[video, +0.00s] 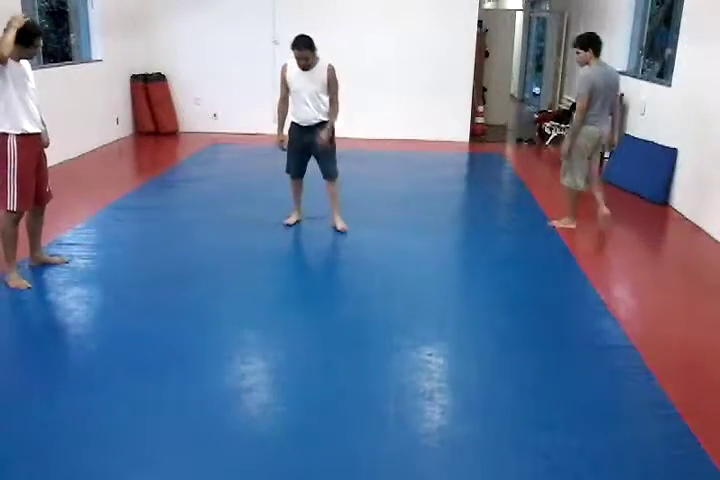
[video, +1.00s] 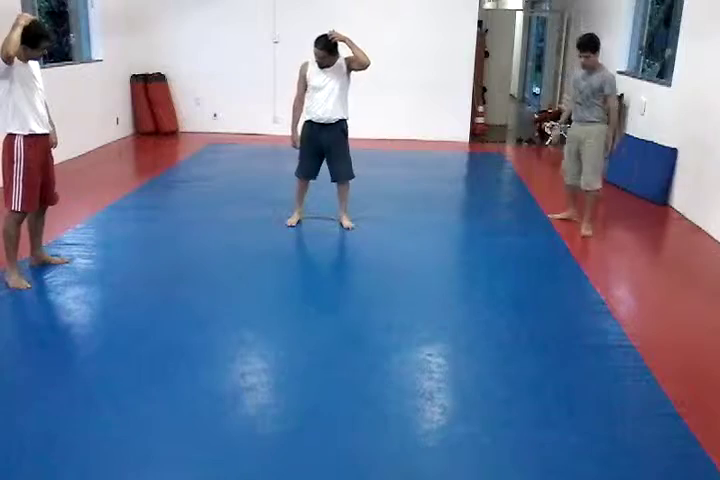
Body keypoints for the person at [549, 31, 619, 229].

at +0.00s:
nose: (576, 57)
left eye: (578, 53)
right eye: (575, 53)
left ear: (589, 52)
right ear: (593, 52)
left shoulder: (587, 75)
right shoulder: (612, 74)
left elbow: (580, 111)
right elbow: (615, 107)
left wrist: (568, 139)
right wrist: (613, 134)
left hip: (585, 129)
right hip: (602, 129)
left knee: (572, 173)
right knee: (593, 173)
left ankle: (570, 217)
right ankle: (602, 206)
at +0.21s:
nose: (567, 55)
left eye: (570, 51)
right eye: (567, 51)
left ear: (581, 50)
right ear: (584, 51)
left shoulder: (584, 71)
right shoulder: (599, 70)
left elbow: (578, 106)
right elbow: (604, 102)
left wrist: (559, 130)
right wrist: (604, 127)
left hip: (584, 125)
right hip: (595, 125)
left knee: (572, 168)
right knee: (577, 167)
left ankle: (572, 217)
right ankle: (575, 213)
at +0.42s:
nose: (566, 55)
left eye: (569, 50)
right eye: (566, 50)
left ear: (581, 50)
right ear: (575, 51)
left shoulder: (589, 73)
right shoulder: (578, 70)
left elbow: (590, 106)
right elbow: (578, 103)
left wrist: (573, 129)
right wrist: (568, 125)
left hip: (585, 126)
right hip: (577, 124)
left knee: (575, 170)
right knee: (570, 168)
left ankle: (574, 217)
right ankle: (570, 212)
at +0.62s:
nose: (570, 57)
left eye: (574, 53)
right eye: (567, 52)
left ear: (585, 51)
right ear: (565, 51)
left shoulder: (594, 72)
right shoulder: (571, 69)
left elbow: (601, 103)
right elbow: (566, 98)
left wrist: (603, 132)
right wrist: (551, 117)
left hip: (590, 123)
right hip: (574, 122)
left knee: (581, 170)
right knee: (570, 169)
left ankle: (575, 216)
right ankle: (570, 211)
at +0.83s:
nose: (575, 59)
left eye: (579, 55)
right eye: (573, 55)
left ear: (589, 53)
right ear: (571, 53)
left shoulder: (600, 75)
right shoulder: (572, 71)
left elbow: (609, 107)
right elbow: (565, 99)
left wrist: (616, 137)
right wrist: (543, 116)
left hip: (593, 126)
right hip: (573, 125)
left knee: (587, 177)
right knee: (572, 174)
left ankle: (586, 219)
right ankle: (572, 210)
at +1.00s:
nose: (583, 61)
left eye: (587, 57)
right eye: (580, 56)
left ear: (596, 54)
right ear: (578, 54)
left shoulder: (607, 77)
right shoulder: (577, 75)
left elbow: (613, 108)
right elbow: (570, 103)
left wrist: (611, 136)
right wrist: (559, 124)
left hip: (596, 128)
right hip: (576, 127)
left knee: (591, 179)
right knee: (570, 173)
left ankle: (587, 220)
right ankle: (571, 209)